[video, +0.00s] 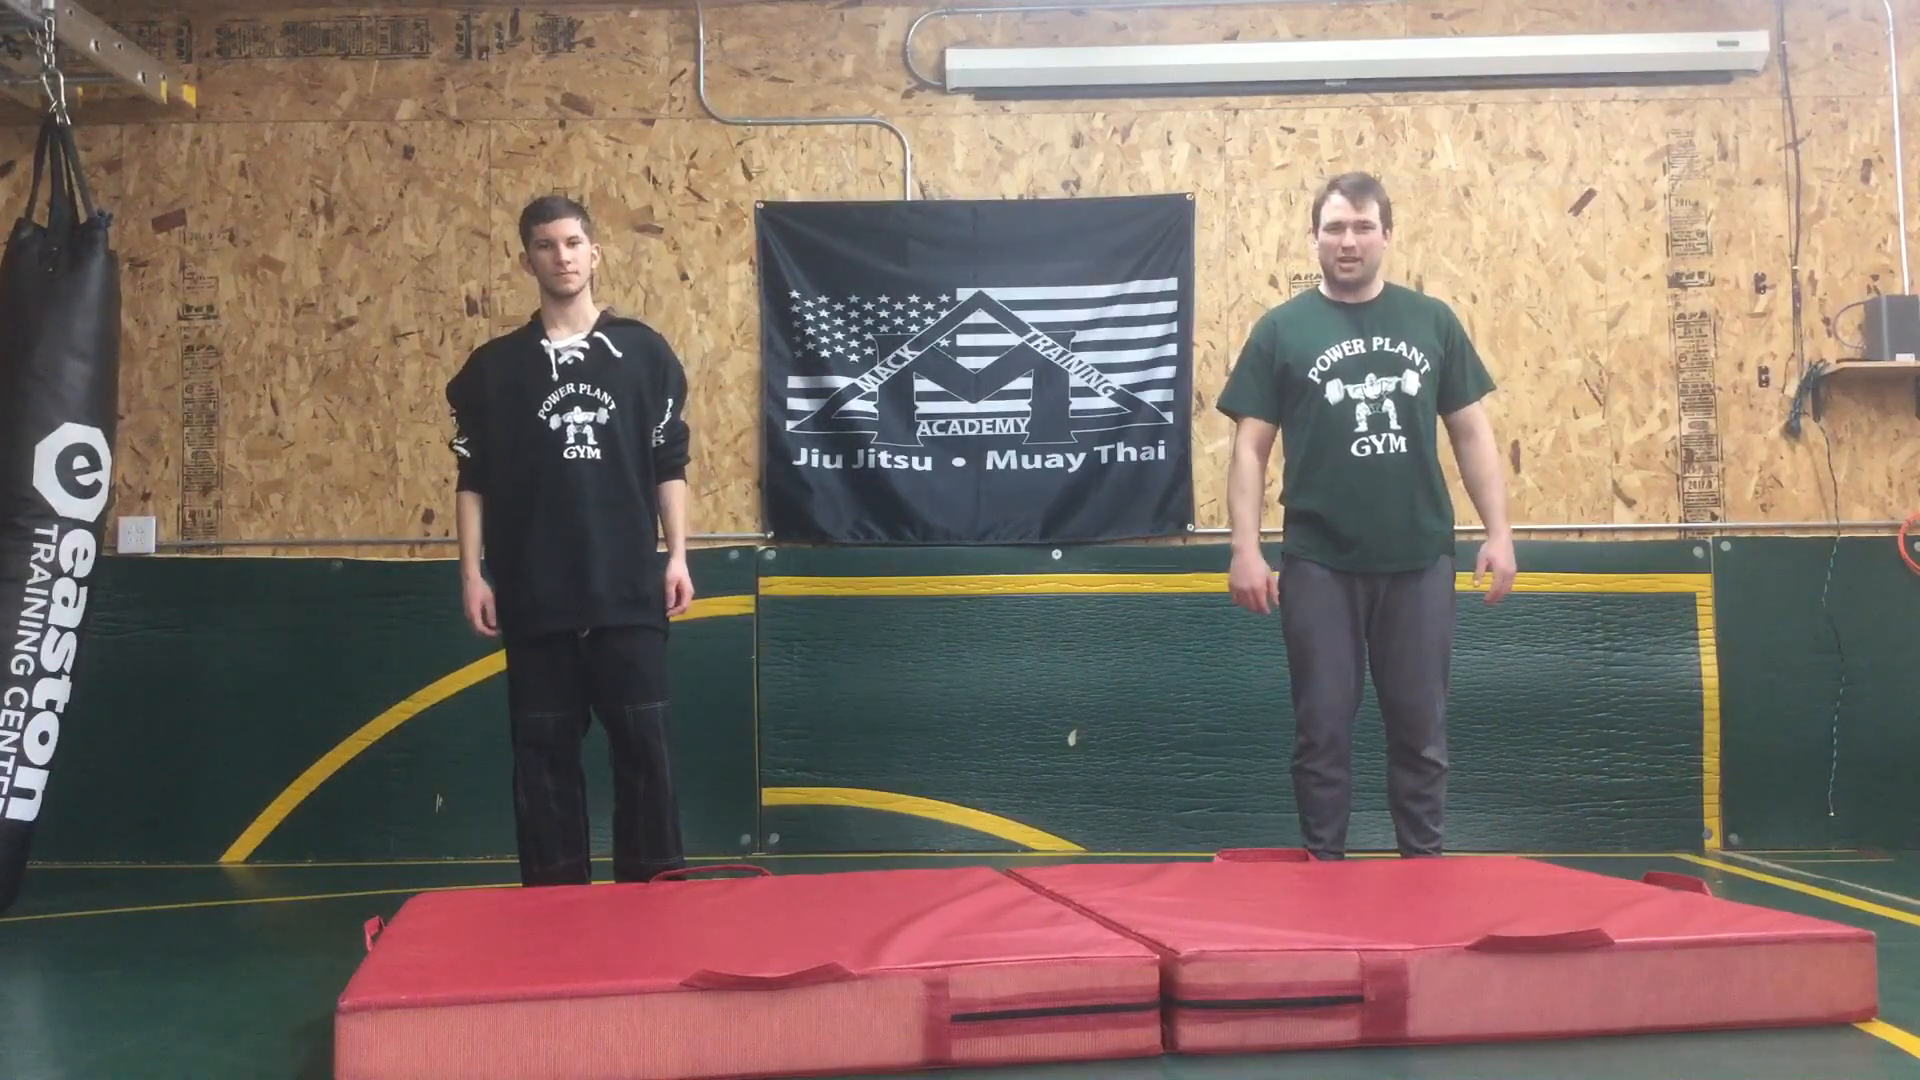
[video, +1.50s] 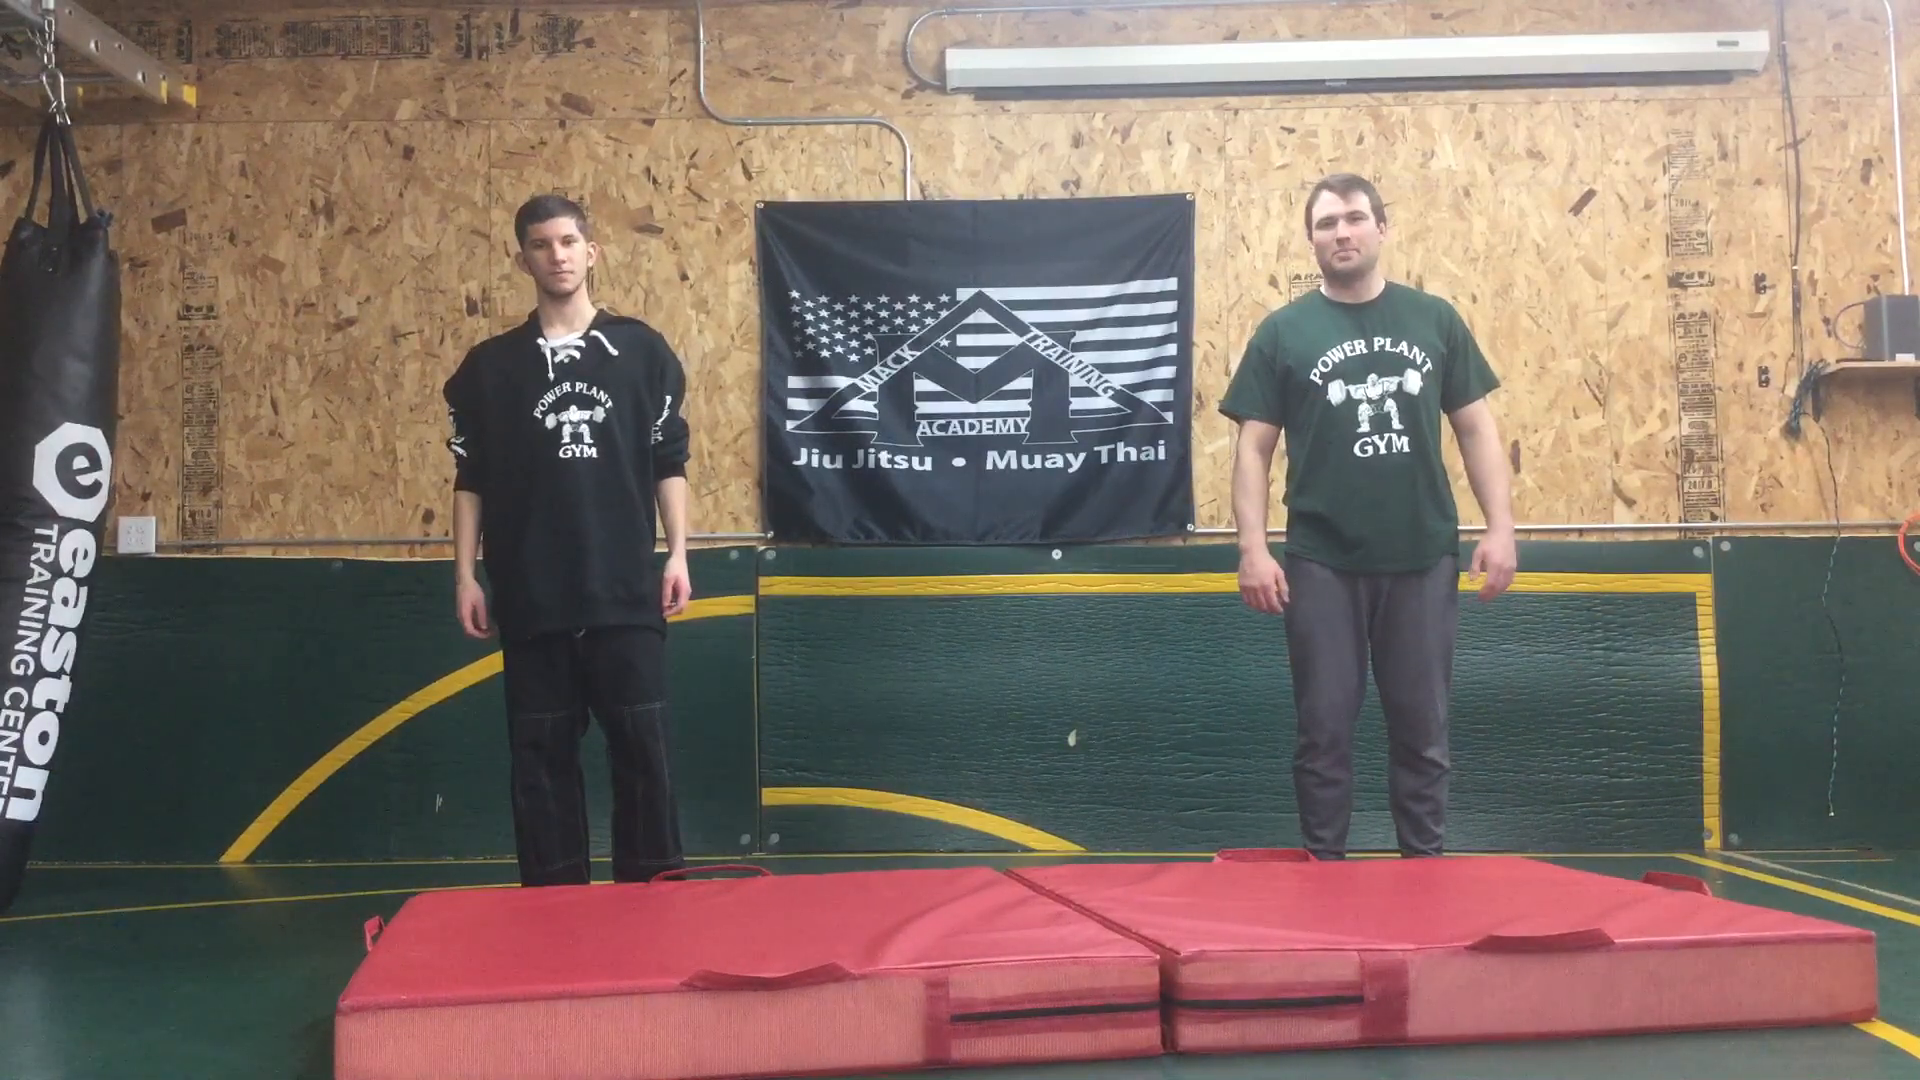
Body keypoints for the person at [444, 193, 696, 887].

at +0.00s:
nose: (563, 256)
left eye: (573, 242)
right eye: (547, 246)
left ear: (594, 251)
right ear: (529, 261)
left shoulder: (645, 351)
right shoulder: (490, 366)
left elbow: (669, 463)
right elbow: (471, 478)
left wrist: (678, 552)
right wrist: (473, 572)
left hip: (628, 584)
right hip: (532, 589)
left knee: (645, 751)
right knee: (543, 759)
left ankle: (654, 902)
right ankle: (555, 910)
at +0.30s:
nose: (561, 256)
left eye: (572, 242)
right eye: (545, 246)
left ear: (593, 252)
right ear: (528, 261)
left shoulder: (644, 350)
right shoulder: (490, 366)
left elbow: (669, 463)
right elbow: (472, 479)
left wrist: (678, 553)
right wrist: (471, 577)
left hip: (628, 585)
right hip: (532, 591)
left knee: (645, 752)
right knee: (543, 761)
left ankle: (654, 904)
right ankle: (554, 912)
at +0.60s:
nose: (559, 256)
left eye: (570, 242)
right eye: (544, 246)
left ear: (592, 251)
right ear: (526, 260)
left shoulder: (643, 350)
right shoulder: (489, 366)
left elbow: (670, 462)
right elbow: (471, 480)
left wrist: (679, 552)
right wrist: (470, 577)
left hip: (626, 585)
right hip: (530, 592)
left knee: (644, 753)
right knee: (542, 763)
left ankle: (654, 906)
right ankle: (554, 913)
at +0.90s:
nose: (559, 256)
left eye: (569, 242)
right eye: (543, 246)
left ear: (590, 251)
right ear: (525, 261)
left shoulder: (643, 350)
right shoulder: (486, 366)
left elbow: (669, 461)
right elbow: (468, 480)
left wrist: (679, 551)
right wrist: (467, 574)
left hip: (625, 585)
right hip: (529, 591)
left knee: (643, 753)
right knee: (542, 764)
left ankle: (653, 906)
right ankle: (555, 914)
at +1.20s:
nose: (558, 255)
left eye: (569, 241)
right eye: (542, 246)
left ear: (590, 250)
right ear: (525, 261)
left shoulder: (642, 349)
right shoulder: (486, 365)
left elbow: (668, 461)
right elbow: (469, 479)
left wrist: (678, 551)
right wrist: (466, 576)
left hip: (625, 584)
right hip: (529, 591)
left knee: (643, 753)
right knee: (542, 762)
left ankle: (653, 905)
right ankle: (554, 912)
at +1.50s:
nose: (557, 255)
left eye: (568, 241)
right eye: (541, 245)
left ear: (590, 250)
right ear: (524, 260)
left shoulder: (642, 350)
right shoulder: (486, 366)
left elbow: (669, 462)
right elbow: (469, 479)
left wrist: (678, 552)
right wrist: (467, 574)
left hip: (625, 585)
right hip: (529, 591)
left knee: (643, 753)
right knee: (541, 762)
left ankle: (652, 903)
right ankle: (553, 912)